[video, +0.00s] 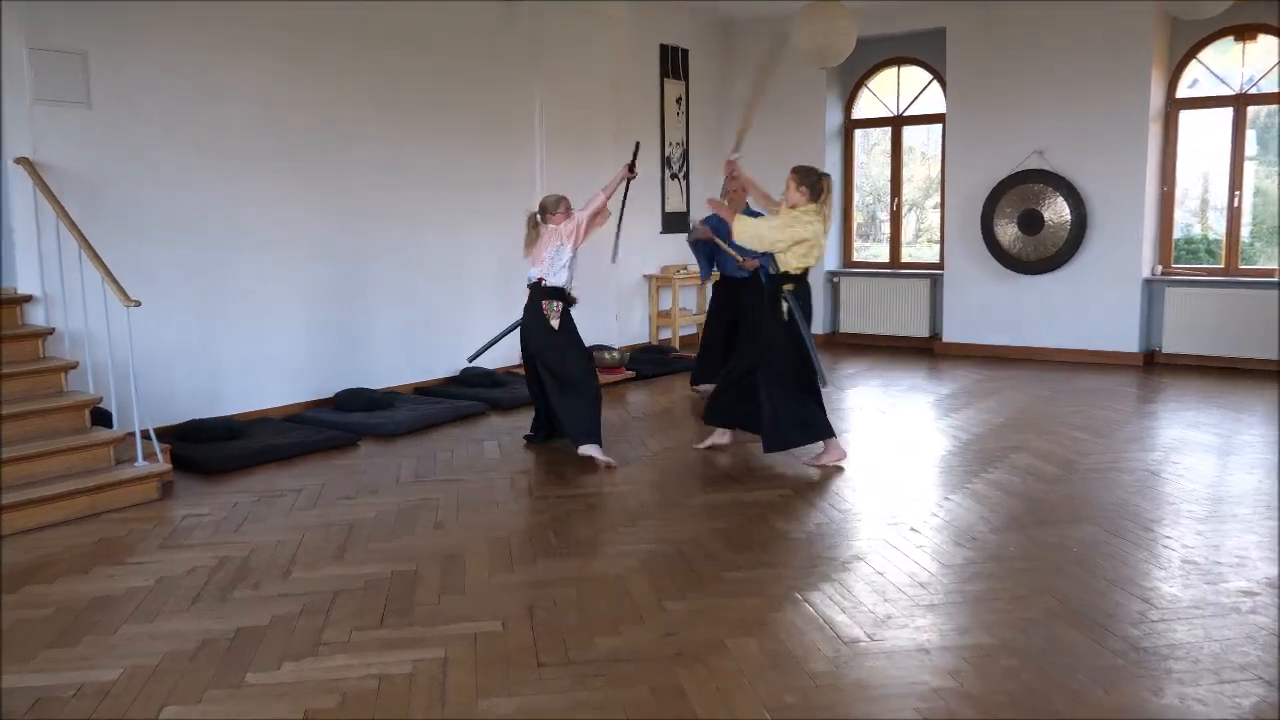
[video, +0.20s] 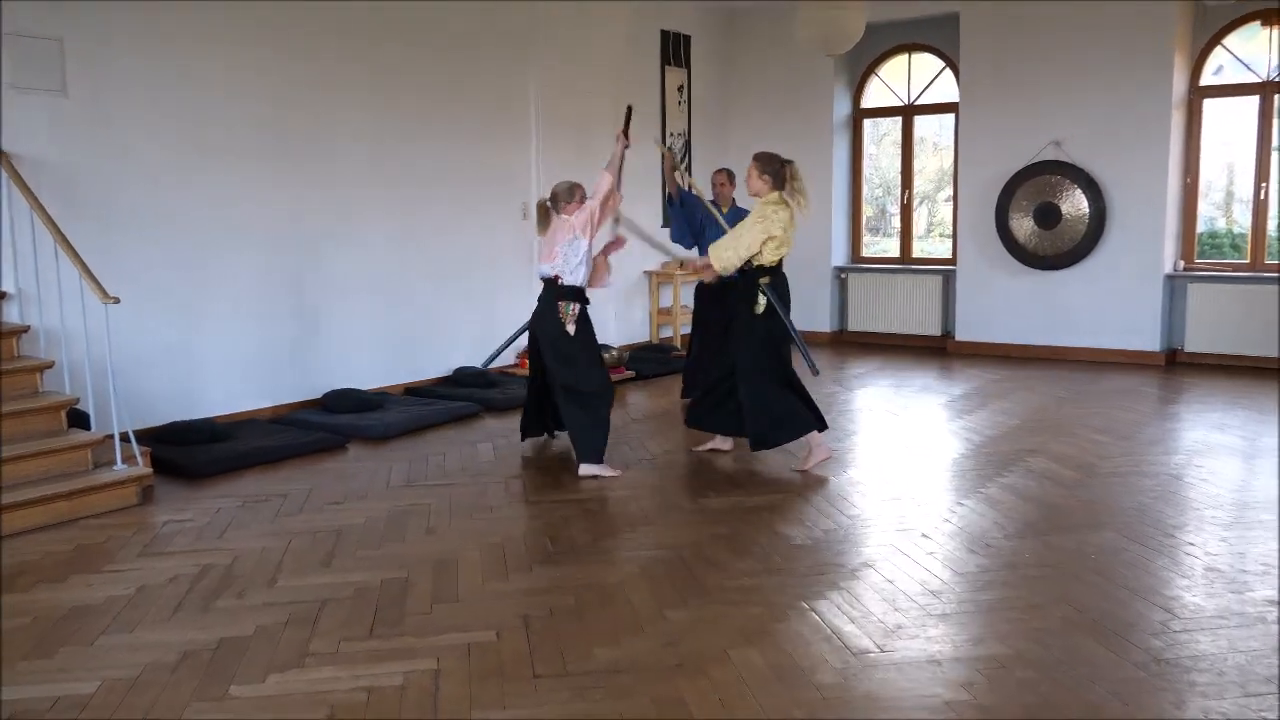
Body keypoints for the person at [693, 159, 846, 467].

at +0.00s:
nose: (784, 191)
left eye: (789, 187)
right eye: (787, 187)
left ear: (804, 193)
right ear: (806, 192)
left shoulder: (804, 224)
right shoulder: (801, 214)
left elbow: (754, 234)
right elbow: (769, 204)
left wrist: (725, 212)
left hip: (787, 297)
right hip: (774, 293)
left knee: (795, 370)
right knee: (745, 359)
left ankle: (832, 444)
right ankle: (724, 428)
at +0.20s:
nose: (746, 180)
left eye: (750, 176)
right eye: (747, 175)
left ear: (765, 180)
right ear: (769, 180)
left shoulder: (772, 212)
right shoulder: (771, 207)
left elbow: (741, 245)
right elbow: (743, 240)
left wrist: (707, 262)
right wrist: (713, 264)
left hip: (762, 289)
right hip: (753, 286)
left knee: (764, 367)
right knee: (733, 358)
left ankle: (816, 441)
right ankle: (724, 435)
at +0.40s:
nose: (724, 179)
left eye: (727, 174)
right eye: (725, 174)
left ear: (743, 179)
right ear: (749, 179)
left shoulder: (748, 212)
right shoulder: (758, 208)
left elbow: (736, 261)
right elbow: (741, 258)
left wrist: (714, 298)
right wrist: (720, 297)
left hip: (751, 293)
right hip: (757, 289)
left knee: (756, 373)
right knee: (733, 363)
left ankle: (815, 449)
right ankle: (731, 438)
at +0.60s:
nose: (711, 173)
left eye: (715, 167)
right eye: (712, 167)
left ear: (733, 169)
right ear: (737, 169)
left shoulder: (743, 203)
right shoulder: (749, 198)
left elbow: (737, 261)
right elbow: (736, 260)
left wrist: (719, 301)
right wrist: (718, 301)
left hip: (760, 290)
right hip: (757, 288)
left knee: (773, 376)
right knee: (735, 364)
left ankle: (830, 457)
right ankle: (735, 443)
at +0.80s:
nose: (714, 172)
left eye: (716, 165)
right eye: (712, 166)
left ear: (734, 163)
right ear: (737, 162)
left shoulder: (752, 195)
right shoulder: (744, 193)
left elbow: (745, 257)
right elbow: (734, 252)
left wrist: (724, 300)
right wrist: (720, 299)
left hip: (770, 287)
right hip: (755, 286)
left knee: (782, 375)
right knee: (742, 365)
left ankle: (840, 460)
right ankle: (743, 447)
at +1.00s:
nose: (719, 167)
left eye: (721, 159)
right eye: (717, 160)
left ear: (738, 154)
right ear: (739, 155)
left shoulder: (764, 187)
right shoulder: (755, 188)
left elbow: (760, 252)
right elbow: (747, 251)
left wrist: (741, 298)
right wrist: (729, 301)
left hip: (786, 284)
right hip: (767, 283)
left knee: (802, 376)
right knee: (737, 358)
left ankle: (851, 469)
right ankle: (742, 450)